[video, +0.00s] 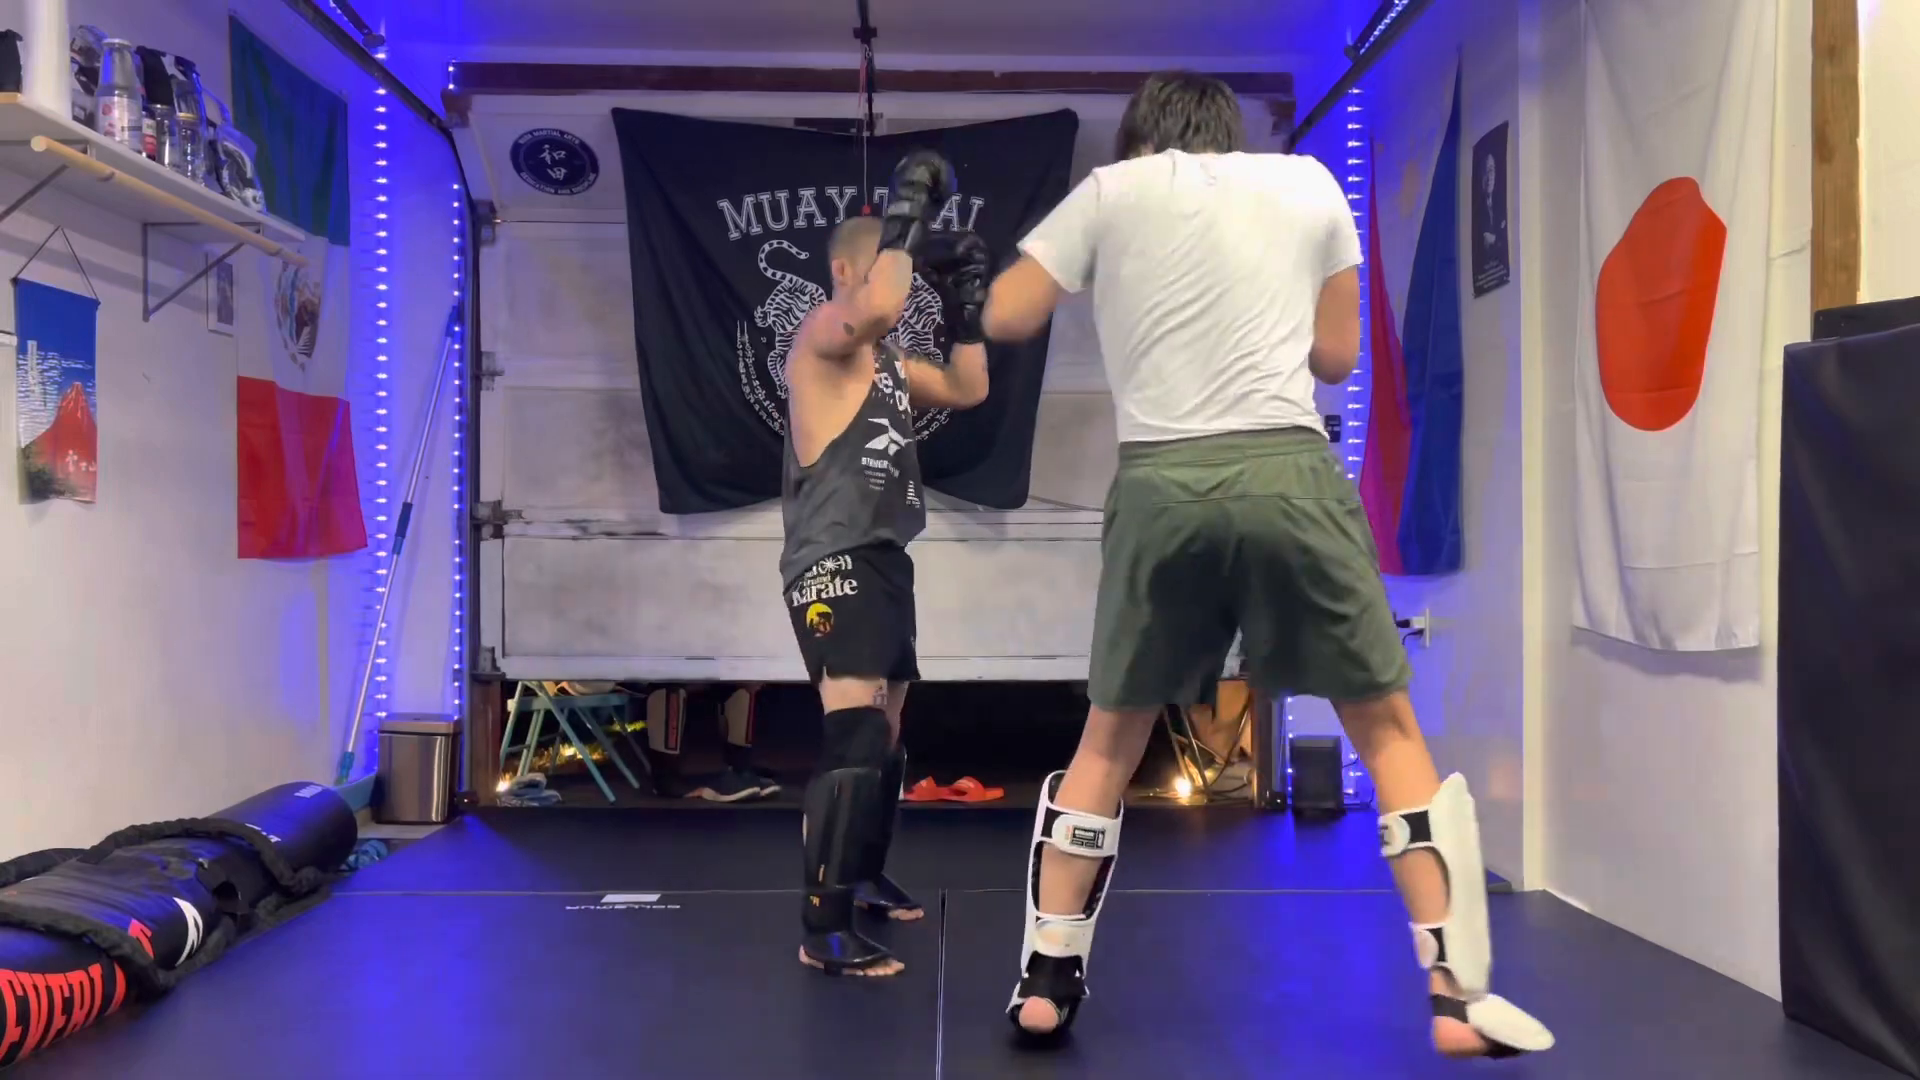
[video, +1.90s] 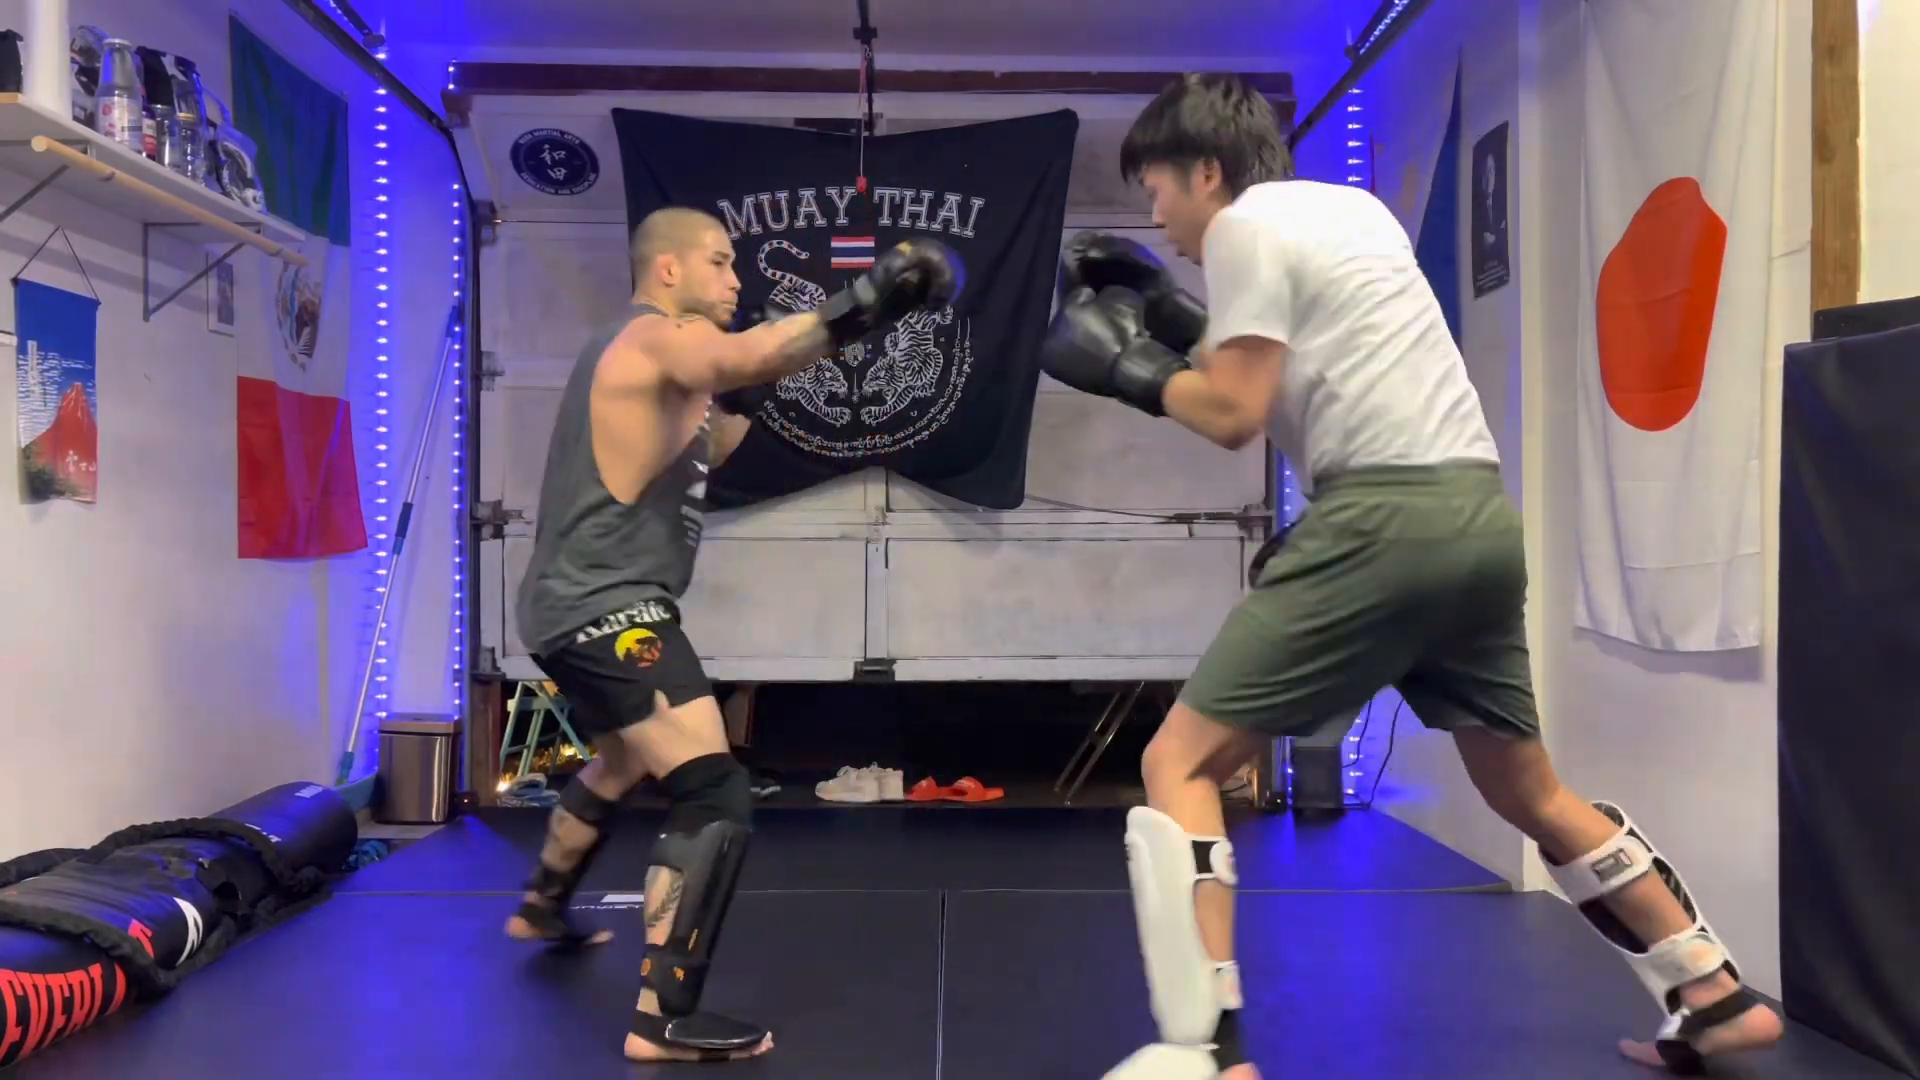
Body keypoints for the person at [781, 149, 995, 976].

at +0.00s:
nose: (896, 285)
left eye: (900, 273)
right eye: (887, 272)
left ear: (878, 280)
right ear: (847, 273)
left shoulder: (887, 359)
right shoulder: (822, 333)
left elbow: (969, 388)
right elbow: (876, 306)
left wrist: (967, 305)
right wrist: (904, 227)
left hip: (883, 556)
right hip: (834, 556)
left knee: (884, 724)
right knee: (856, 732)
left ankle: (864, 882)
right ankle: (824, 928)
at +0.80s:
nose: (919, 280)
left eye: (919, 266)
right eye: (905, 265)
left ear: (868, 278)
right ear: (854, 273)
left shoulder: (865, 354)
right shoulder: (832, 352)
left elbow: (942, 444)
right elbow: (897, 433)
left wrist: (959, 356)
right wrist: (926, 335)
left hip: (824, 593)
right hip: (839, 592)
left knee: (853, 767)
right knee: (935, 775)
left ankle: (777, 904)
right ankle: (876, 983)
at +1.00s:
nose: (902, 283)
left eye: (902, 268)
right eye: (890, 266)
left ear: (850, 270)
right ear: (842, 268)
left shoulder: (851, 354)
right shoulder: (794, 340)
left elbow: (927, 445)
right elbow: (777, 445)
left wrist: (959, 357)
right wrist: (873, 414)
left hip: (832, 578)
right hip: (814, 581)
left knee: (827, 757)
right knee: (900, 760)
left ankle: (745, 884)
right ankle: (874, 979)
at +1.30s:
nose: (852, 271)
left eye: (852, 259)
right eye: (838, 258)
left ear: (822, 271)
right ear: (786, 268)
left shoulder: (816, 351)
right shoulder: (748, 337)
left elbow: (859, 448)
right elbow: (731, 447)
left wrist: (913, 386)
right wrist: (798, 357)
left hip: (788, 572)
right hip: (751, 571)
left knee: (793, 745)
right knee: (817, 751)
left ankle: (739, 881)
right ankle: (802, 958)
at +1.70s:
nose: (779, 281)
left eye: (779, 267)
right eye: (764, 265)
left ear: (723, 277)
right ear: (711, 272)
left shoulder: (722, 351)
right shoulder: (690, 340)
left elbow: (772, 453)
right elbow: (734, 417)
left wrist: (825, 386)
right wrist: (804, 327)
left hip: (674, 590)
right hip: (686, 591)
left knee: (701, 766)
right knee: (771, 773)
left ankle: (691, 900)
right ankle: (690, 967)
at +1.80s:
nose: (759, 286)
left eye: (756, 271)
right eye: (742, 269)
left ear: (686, 284)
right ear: (690, 278)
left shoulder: (666, 359)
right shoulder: (689, 343)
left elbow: (714, 451)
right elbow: (792, 336)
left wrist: (760, 417)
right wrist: (910, 284)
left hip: (613, 603)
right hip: (653, 605)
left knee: (667, 767)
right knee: (732, 802)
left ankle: (650, 906)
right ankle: (666, 1015)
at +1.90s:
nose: (734, 280)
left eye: (732, 265)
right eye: (720, 262)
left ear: (661, 276)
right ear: (666, 271)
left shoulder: (634, 354)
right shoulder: (663, 338)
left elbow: (693, 458)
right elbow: (755, 355)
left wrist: (746, 395)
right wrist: (866, 304)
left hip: (572, 609)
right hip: (617, 608)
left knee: (621, 762)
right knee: (714, 793)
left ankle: (540, 910)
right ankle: (663, 1019)